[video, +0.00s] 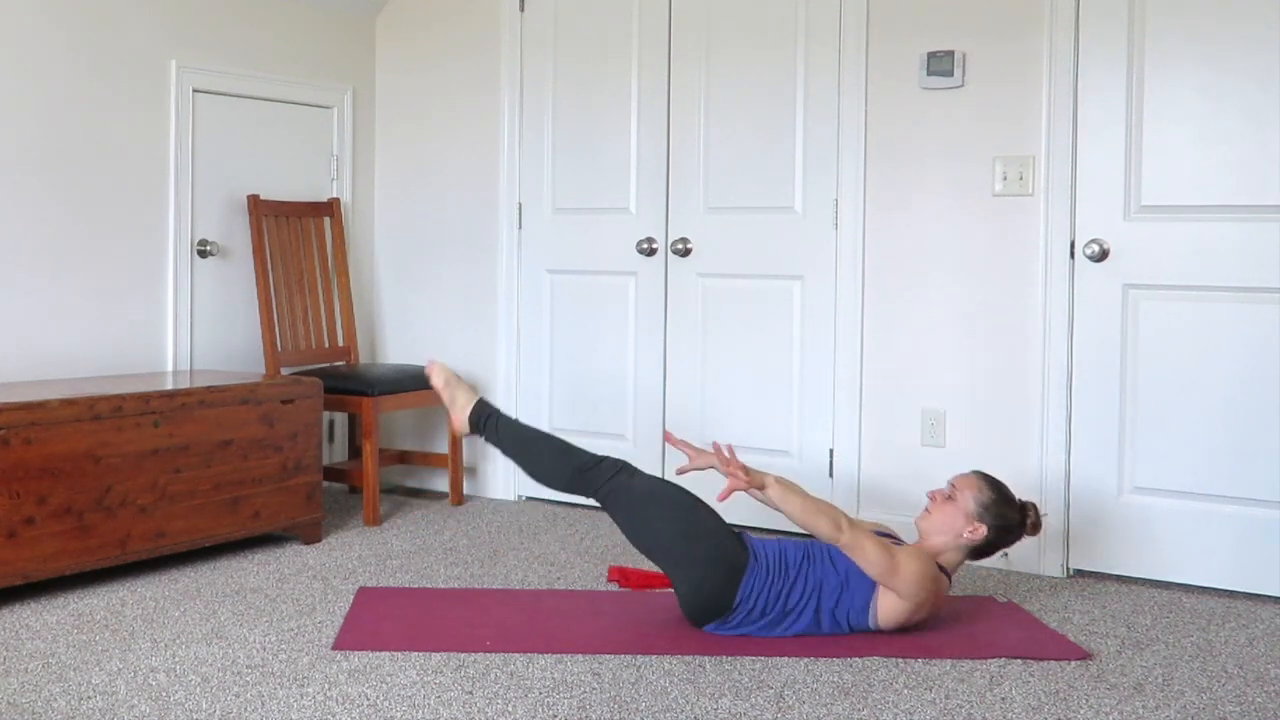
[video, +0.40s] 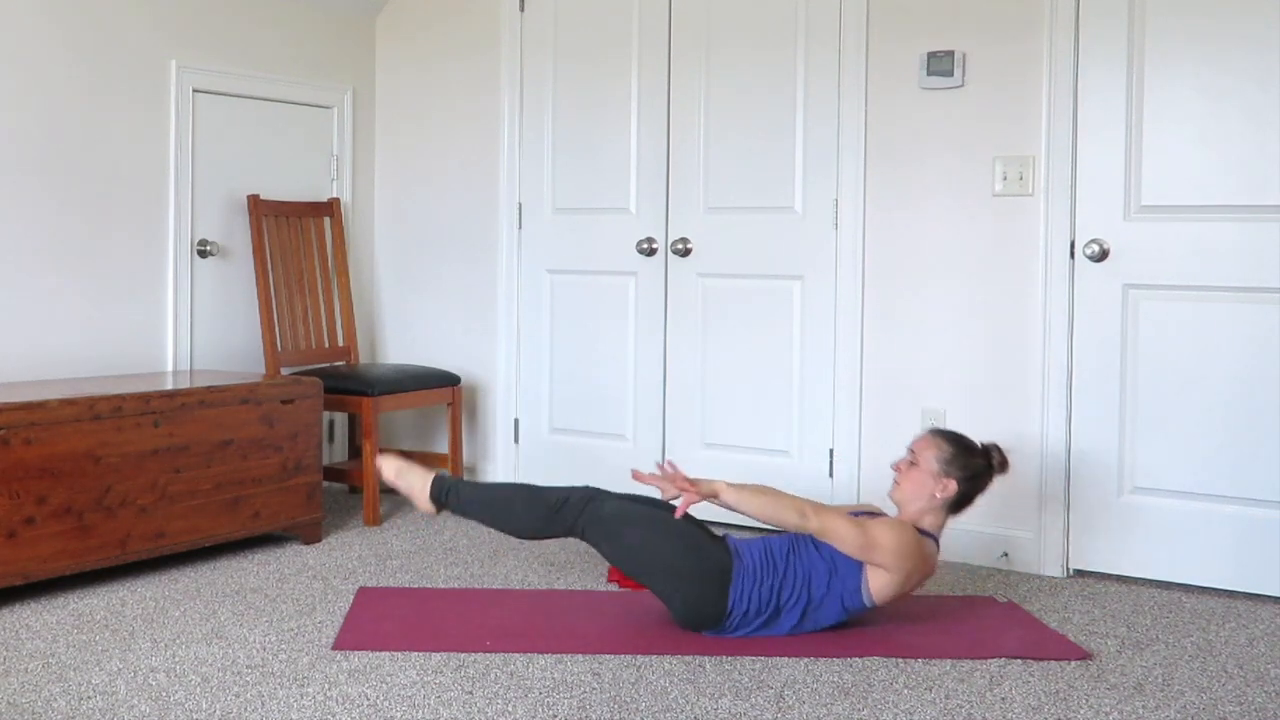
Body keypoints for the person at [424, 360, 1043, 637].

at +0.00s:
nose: (932, 500)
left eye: (949, 502)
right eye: (942, 492)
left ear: (971, 537)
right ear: (950, 520)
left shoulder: (917, 578)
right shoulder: (909, 559)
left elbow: (839, 531)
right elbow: (827, 518)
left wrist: (754, 480)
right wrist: (740, 471)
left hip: (729, 587)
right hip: (732, 569)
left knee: (611, 477)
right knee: (615, 476)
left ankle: (473, 414)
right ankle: (478, 417)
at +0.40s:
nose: (898, 469)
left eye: (914, 465)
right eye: (906, 459)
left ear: (945, 492)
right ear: (932, 488)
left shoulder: (899, 544)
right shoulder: (903, 537)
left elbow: (800, 515)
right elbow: (801, 519)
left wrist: (709, 490)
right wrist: (706, 491)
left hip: (723, 583)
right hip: (728, 576)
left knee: (584, 505)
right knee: (588, 504)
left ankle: (434, 490)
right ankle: (441, 490)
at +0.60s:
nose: (844, 409)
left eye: (859, 402)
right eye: (851, 398)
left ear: (893, 424)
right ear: (880, 419)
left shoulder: (872, 489)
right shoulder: (849, 470)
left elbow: (767, 491)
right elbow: (759, 482)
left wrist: (670, 493)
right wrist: (667, 489)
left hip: (718, 597)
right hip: (717, 573)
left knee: (603, 467)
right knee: (605, 463)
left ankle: (463, 519)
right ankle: (469, 515)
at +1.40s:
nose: (898, 461)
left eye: (914, 458)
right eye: (906, 451)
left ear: (946, 484)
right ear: (926, 477)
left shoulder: (901, 542)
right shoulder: (886, 523)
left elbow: (796, 529)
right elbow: (787, 515)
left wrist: (708, 506)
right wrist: (704, 502)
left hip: (722, 590)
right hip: (724, 570)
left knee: (578, 507)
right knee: (581, 500)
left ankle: (430, 520)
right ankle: (436, 516)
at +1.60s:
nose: (930, 504)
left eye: (946, 502)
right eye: (939, 495)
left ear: (972, 532)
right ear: (953, 519)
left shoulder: (920, 582)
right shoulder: (908, 559)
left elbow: (835, 554)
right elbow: (829, 543)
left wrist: (749, 517)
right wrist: (743, 519)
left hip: (728, 583)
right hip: (731, 565)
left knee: (587, 507)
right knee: (589, 500)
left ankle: (451, 457)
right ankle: (457, 459)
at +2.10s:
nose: (884, 448)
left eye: (900, 442)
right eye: (892, 437)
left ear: (932, 467)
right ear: (916, 460)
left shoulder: (902, 525)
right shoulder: (881, 508)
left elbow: (801, 508)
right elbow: (788, 513)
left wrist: (712, 488)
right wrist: (710, 495)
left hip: (721, 590)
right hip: (719, 572)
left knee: (589, 494)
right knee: (589, 491)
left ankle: (444, 541)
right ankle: (450, 533)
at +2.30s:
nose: (817, 389)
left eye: (830, 382)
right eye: (823, 378)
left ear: (864, 401)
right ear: (859, 400)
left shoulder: (853, 473)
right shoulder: (827, 453)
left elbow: (750, 486)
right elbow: (741, 478)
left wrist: (653, 495)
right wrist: (648, 496)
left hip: (716, 595)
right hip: (713, 569)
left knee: (625, 447)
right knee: (625, 442)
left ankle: (506, 531)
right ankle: (508, 520)